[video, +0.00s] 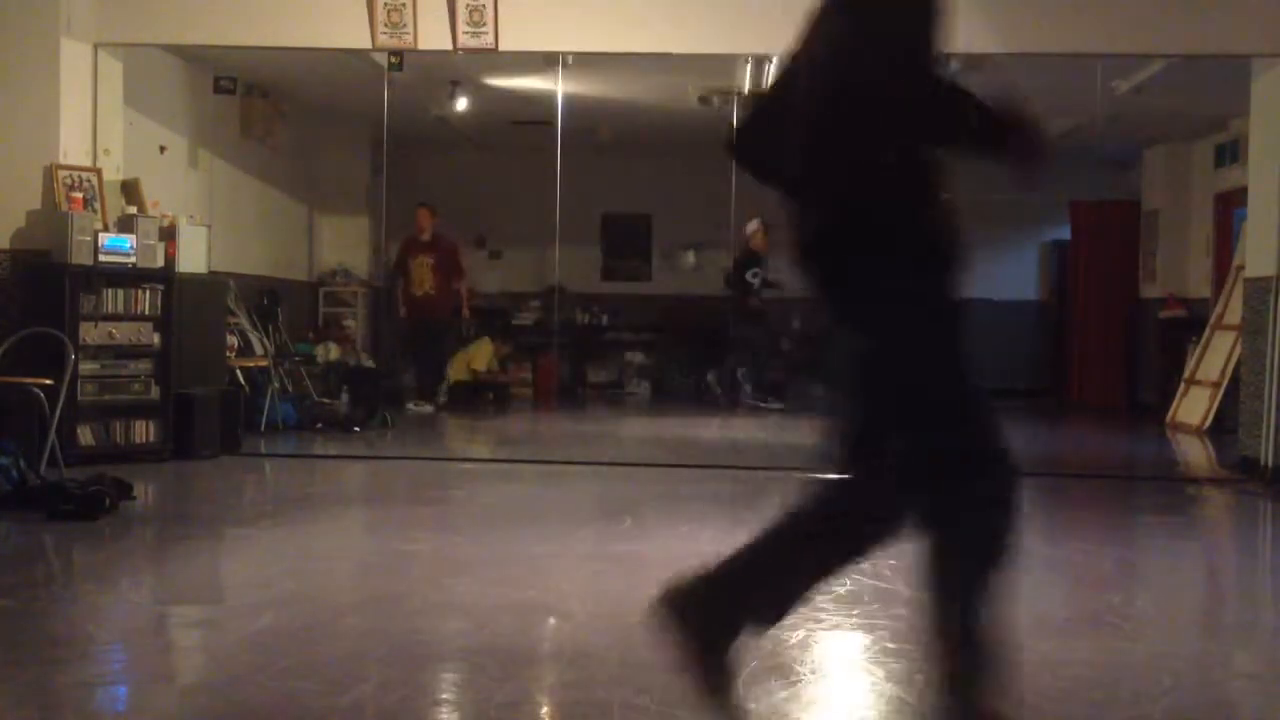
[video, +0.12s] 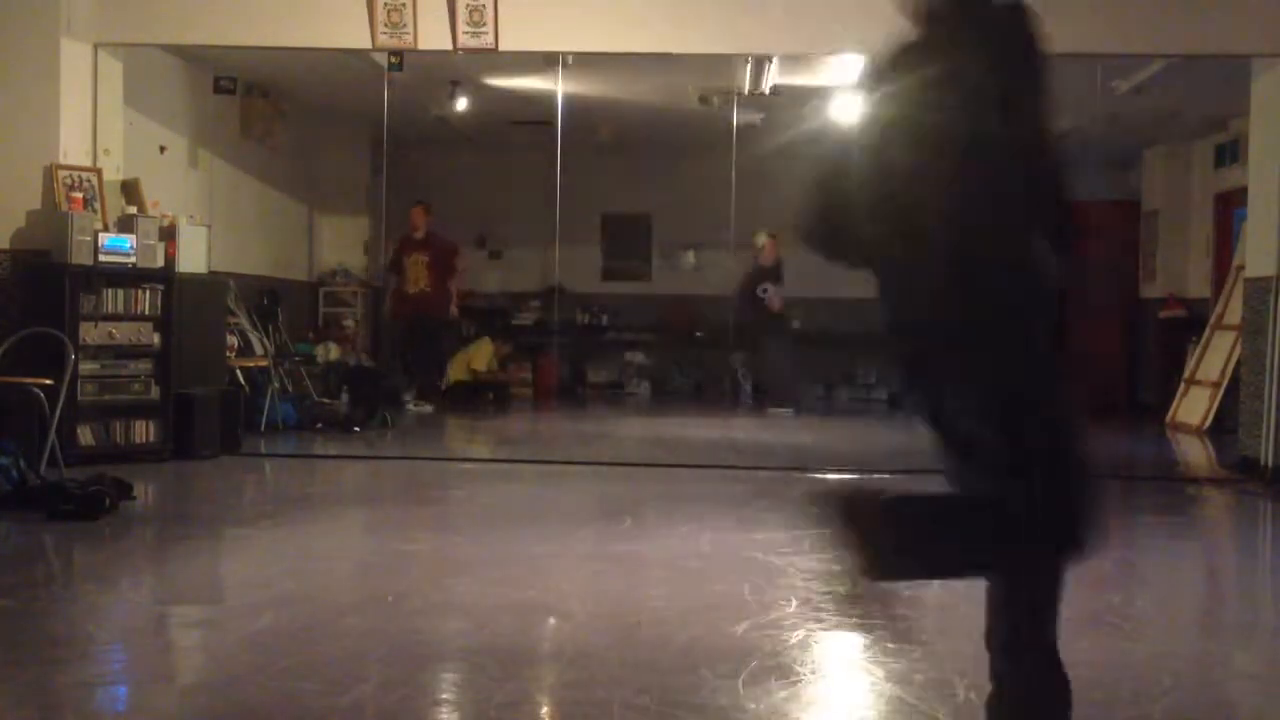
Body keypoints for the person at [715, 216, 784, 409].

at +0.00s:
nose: (763, 241)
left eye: (763, 237)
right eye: (759, 237)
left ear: (761, 237)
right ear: (751, 238)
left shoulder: (755, 257)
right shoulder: (748, 258)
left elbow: (757, 281)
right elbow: (745, 282)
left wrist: (774, 285)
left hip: (749, 307)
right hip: (746, 309)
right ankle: (755, 391)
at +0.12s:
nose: (772, 253)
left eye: (773, 248)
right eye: (767, 248)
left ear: (777, 250)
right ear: (759, 251)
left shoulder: (777, 272)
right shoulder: (752, 276)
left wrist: (779, 303)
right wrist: (767, 305)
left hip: (773, 323)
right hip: (755, 323)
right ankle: (757, 397)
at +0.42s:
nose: (803, 247)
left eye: (806, 243)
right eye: (799, 243)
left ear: (810, 244)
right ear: (793, 243)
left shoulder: (809, 264)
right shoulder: (782, 264)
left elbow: (808, 288)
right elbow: (764, 287)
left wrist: (820, 296)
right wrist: (771, 314)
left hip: (806, 318)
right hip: (786, 318)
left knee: (813, 359)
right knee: (790, 360)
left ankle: (815, 401)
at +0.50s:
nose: (807, 251)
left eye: (810, 247)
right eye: (804, 246)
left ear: (814, 248)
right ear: (797, 247)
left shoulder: (817, 273)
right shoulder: (784, 268)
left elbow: (822, 298)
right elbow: (761, 286)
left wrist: (832, 294)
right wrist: (759, 313)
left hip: (810, 323)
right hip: (788, 322)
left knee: (821, 362)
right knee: (803, 363)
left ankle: (818, 400)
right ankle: (808, 402)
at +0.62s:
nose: (806, 240)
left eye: (809, 236)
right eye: (802, 236)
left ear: (814, 238)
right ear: (795, 238)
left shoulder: (823, 260)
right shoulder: (783, 260)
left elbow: (833, 283)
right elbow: (765, 281)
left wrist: (837, 302)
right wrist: (770, 301)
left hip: (816, 314)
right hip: (791, 314)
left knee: (817, 355)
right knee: (803, 352)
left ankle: (816, 398)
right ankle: (799, 397)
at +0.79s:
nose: (800, 240)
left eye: (803, 235)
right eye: (796, 236)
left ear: (809, 237)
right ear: (789, 238)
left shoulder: (822, 260)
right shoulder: (782, 263)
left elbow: (837, 281)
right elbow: (774, 290)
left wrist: (842, 299)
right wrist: (787, 300)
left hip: (814, 315)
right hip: (791, 316)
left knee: (811, 360)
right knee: (793, 362)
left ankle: (811, 402)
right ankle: (802, 406)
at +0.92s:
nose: (808, 233)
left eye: (811, 228)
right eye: (804, 228)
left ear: (814, 231)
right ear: (796, 231)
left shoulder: (823, 253)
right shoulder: (785, 254)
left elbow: (835, 276)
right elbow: (768, 283)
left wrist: (842, 297)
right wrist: (772, 306)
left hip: (814, 310)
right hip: (790, 311)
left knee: (812, 356)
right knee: (796, 357)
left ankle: (814, 401)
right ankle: (801, 402)